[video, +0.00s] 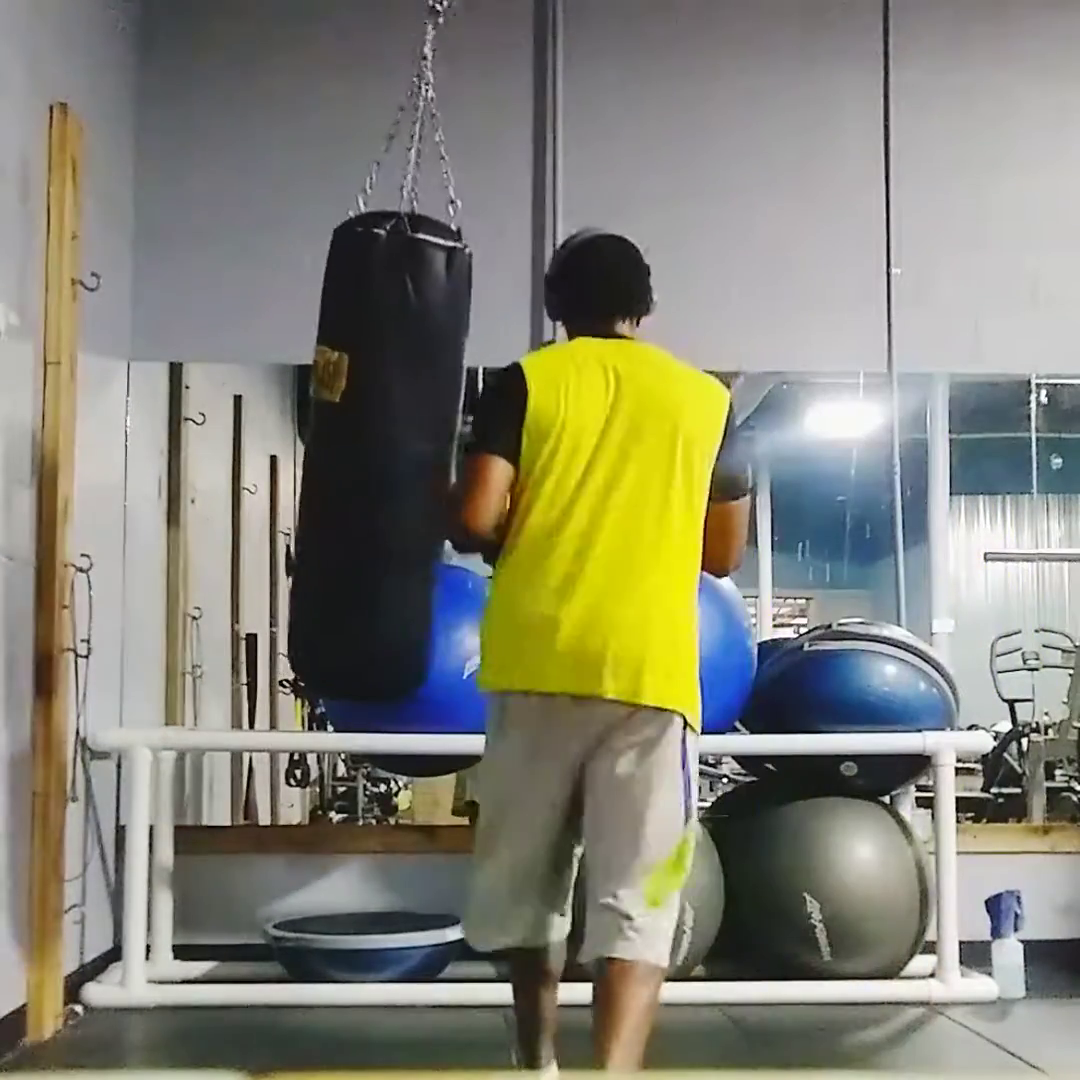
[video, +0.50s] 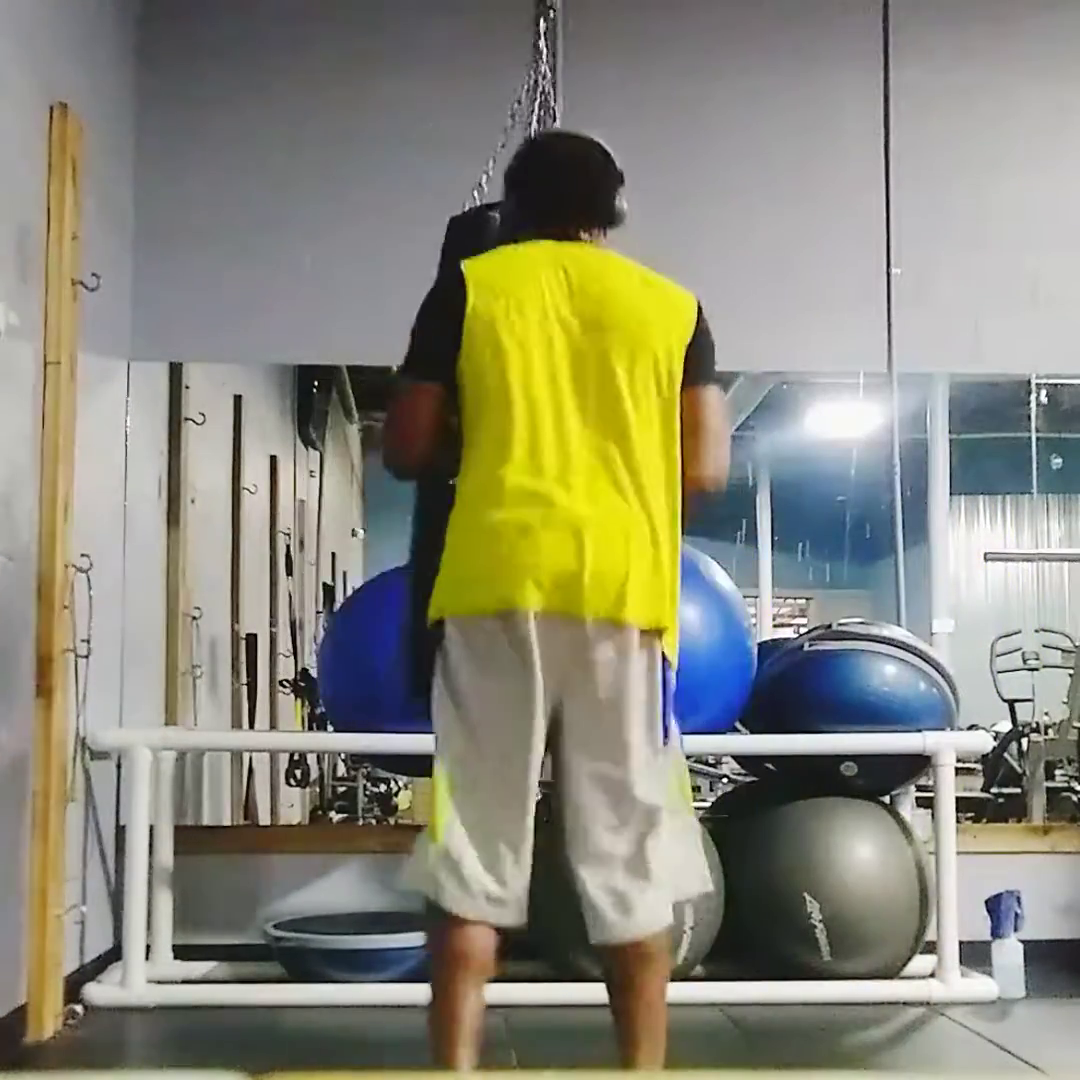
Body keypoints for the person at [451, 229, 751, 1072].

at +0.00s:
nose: (555, 320)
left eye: (556, 307)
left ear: (557, 309)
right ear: (644, 311)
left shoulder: (528, 381)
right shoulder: (707, 400)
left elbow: (479, 519)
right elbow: (722, 552)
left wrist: (518, 525)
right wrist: (646, 522)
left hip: (538, 659)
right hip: (653, 666)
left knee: (526, 876)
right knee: (640, 888)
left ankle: (537, 1063)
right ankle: (619, 1072)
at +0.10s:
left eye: (556, 265)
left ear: (555, 267)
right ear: (645, 272)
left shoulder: (518, 334)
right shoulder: (705, 360)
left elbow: (453, 463)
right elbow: (725, 519)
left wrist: (507, 466)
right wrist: (644, 484)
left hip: (533, 620)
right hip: (654, 626)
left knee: (521, 854)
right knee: (634, 856)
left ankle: (534, 1062)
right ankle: (625, 1068)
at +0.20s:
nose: (548, 251)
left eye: (550, 237)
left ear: (554, 238)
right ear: (644, 249)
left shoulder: (509, 302)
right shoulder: (702, 337)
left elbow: (433, 430)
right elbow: (726, 499)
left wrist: (505, 438)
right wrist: (642, 477)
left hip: (529, 587)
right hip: (650, 599)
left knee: (523, 842)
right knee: (636, 842)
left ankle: (525, 1062)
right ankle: (645, 1065)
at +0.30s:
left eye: (549, 252)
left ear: (550, 254)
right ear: (642, 263)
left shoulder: (500, 325)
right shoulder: (699, 356)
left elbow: (407, 452)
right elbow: (728, 515)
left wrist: (498, 431)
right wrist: (640, 474)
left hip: (517, 626)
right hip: (648, 638)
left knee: (514, 883)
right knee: (644, 887)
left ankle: (520, 1072)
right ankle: (641, 1072)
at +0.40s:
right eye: (632, 256)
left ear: (537, 253)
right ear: (626, 261)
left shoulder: (487, 331)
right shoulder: (684, 356)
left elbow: (403, 476)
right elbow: (715, 521)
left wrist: (496, 472)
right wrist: (629, 489)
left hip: (510, 640)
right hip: (637, 647)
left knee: (510, 884)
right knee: (646, 891)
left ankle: (514, 1072)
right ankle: (643, 1073)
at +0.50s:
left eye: (511, 207)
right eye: (611, 211)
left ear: (513, 210)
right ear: (609, 216)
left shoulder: (469, 287)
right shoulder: (673, 305)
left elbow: (409, 446)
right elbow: (704, 468)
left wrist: (486, 441)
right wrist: (616, 447)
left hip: (494, 582)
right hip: (624, 590)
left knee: (478, 836)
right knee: (627, 839)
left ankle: (454, 1065)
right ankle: (646, 1066)